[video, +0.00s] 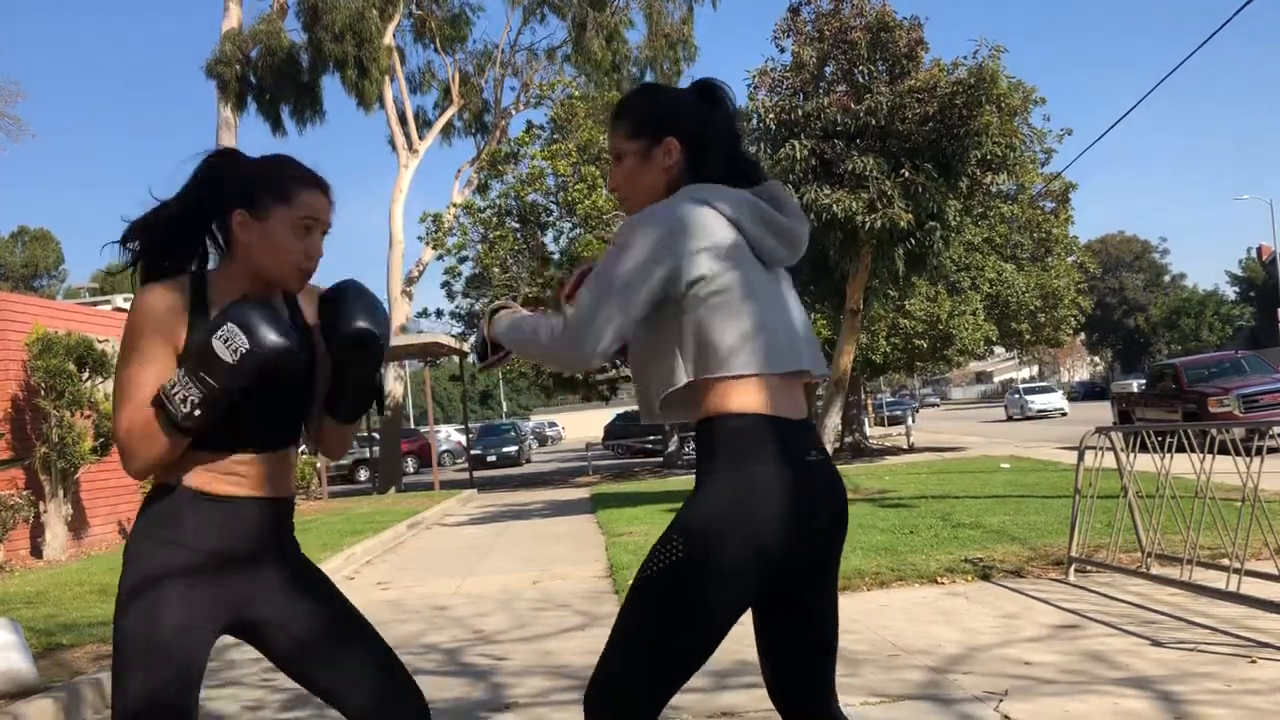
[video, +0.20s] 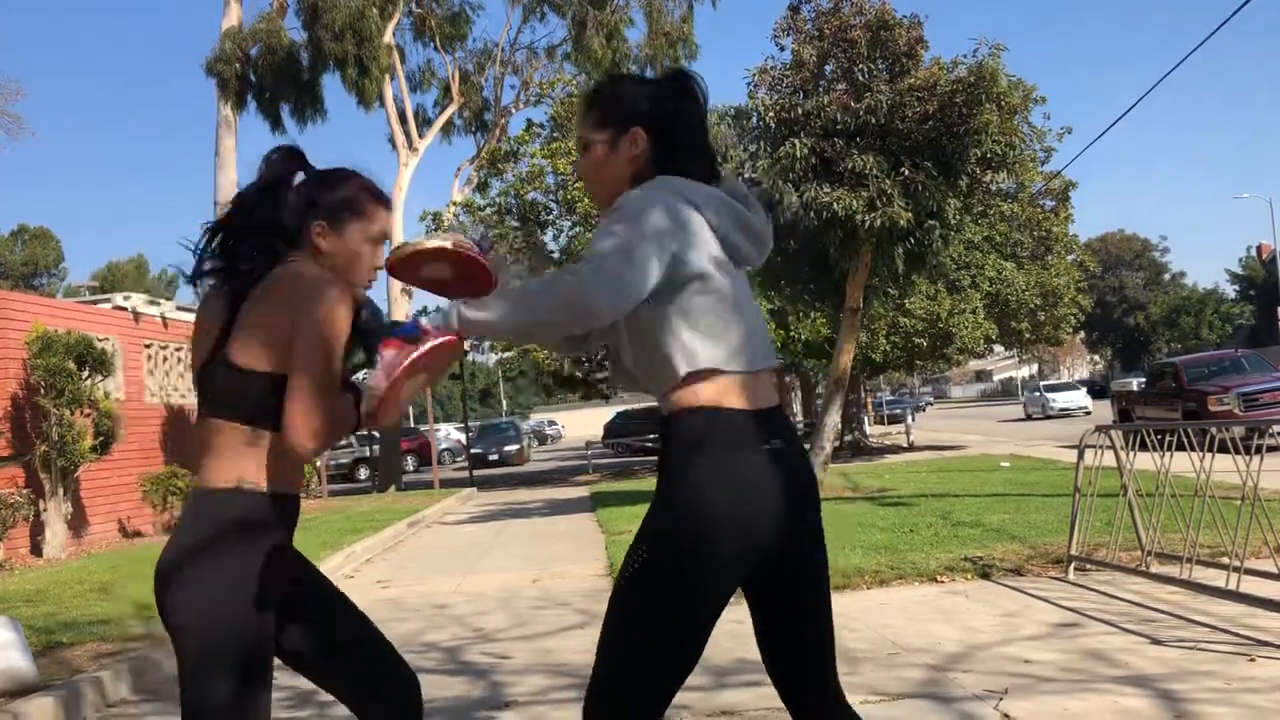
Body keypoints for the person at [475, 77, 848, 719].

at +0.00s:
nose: (609, 179)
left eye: (618, 159)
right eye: (609, 162)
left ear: (669, 155)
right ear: (674, 157)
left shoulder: (666, 225)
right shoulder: (750, 221)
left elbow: (583, 344)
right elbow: (699, 329)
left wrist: (504, 322)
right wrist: (609, 282)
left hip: (741, 489)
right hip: (812, 484)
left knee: (615, 701)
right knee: (810, 702)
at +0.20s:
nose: (580, 167)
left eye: (587, 148)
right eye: (580, 150)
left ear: (634, 144)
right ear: (633, 146)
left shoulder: (649, 209)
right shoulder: (694, 213)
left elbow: (593, 295)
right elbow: (613, 348)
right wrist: (511, 297)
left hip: (712, 473)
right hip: (780, 468)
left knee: (619, 701)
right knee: (814, 690)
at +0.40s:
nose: (558, 179)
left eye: (564, 158)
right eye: (558, 161)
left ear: (609, 150)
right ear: (626, 152)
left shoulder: (606, 216)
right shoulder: (708, 221)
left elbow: (459, 233)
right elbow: (675, 380)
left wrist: (322, 207)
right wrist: (577, 354)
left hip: (714, 482)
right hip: (791, 478)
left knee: (611, 705)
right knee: (809, 689)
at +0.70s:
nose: (618, 205)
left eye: (622, 182)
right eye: (613, 187)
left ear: (671, 167)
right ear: (677, 165)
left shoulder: (693, 227)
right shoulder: (768, 225)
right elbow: (739, 351)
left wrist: (605, 332)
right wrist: (639, 327)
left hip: (756, 493)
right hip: (825, 489)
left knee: (631, 703)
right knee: (822, 700)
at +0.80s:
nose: (617, 191)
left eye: (624, 169)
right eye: (615, 173)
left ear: (674, 159)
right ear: (673, 161)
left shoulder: (727, 224)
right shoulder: (691, 242)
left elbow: (741, 361)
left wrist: (641, 304)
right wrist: (604, 303)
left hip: (766, 489)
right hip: (806, 485)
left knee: (643, 706)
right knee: (817, 701)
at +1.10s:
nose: (617, 193)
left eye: (624, 174)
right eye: (615, 176)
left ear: (674, 165)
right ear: (672, 164)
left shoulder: (676, 237)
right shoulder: (778, 231)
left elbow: (593, 369)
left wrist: (505, 286)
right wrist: (636, 305)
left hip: (747, 499)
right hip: (825, 493)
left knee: (635, 707)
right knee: (826, 702)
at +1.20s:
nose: (610, 195)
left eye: (614, 173)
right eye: (606, 176)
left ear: (664, 161)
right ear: (667, 161)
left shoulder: (683, 224)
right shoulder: (742, 222)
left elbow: (645, 375)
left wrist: (569, 346)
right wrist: (638, 268)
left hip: (753, 487)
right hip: (817, 482)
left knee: (630, 704)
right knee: (823, 698)